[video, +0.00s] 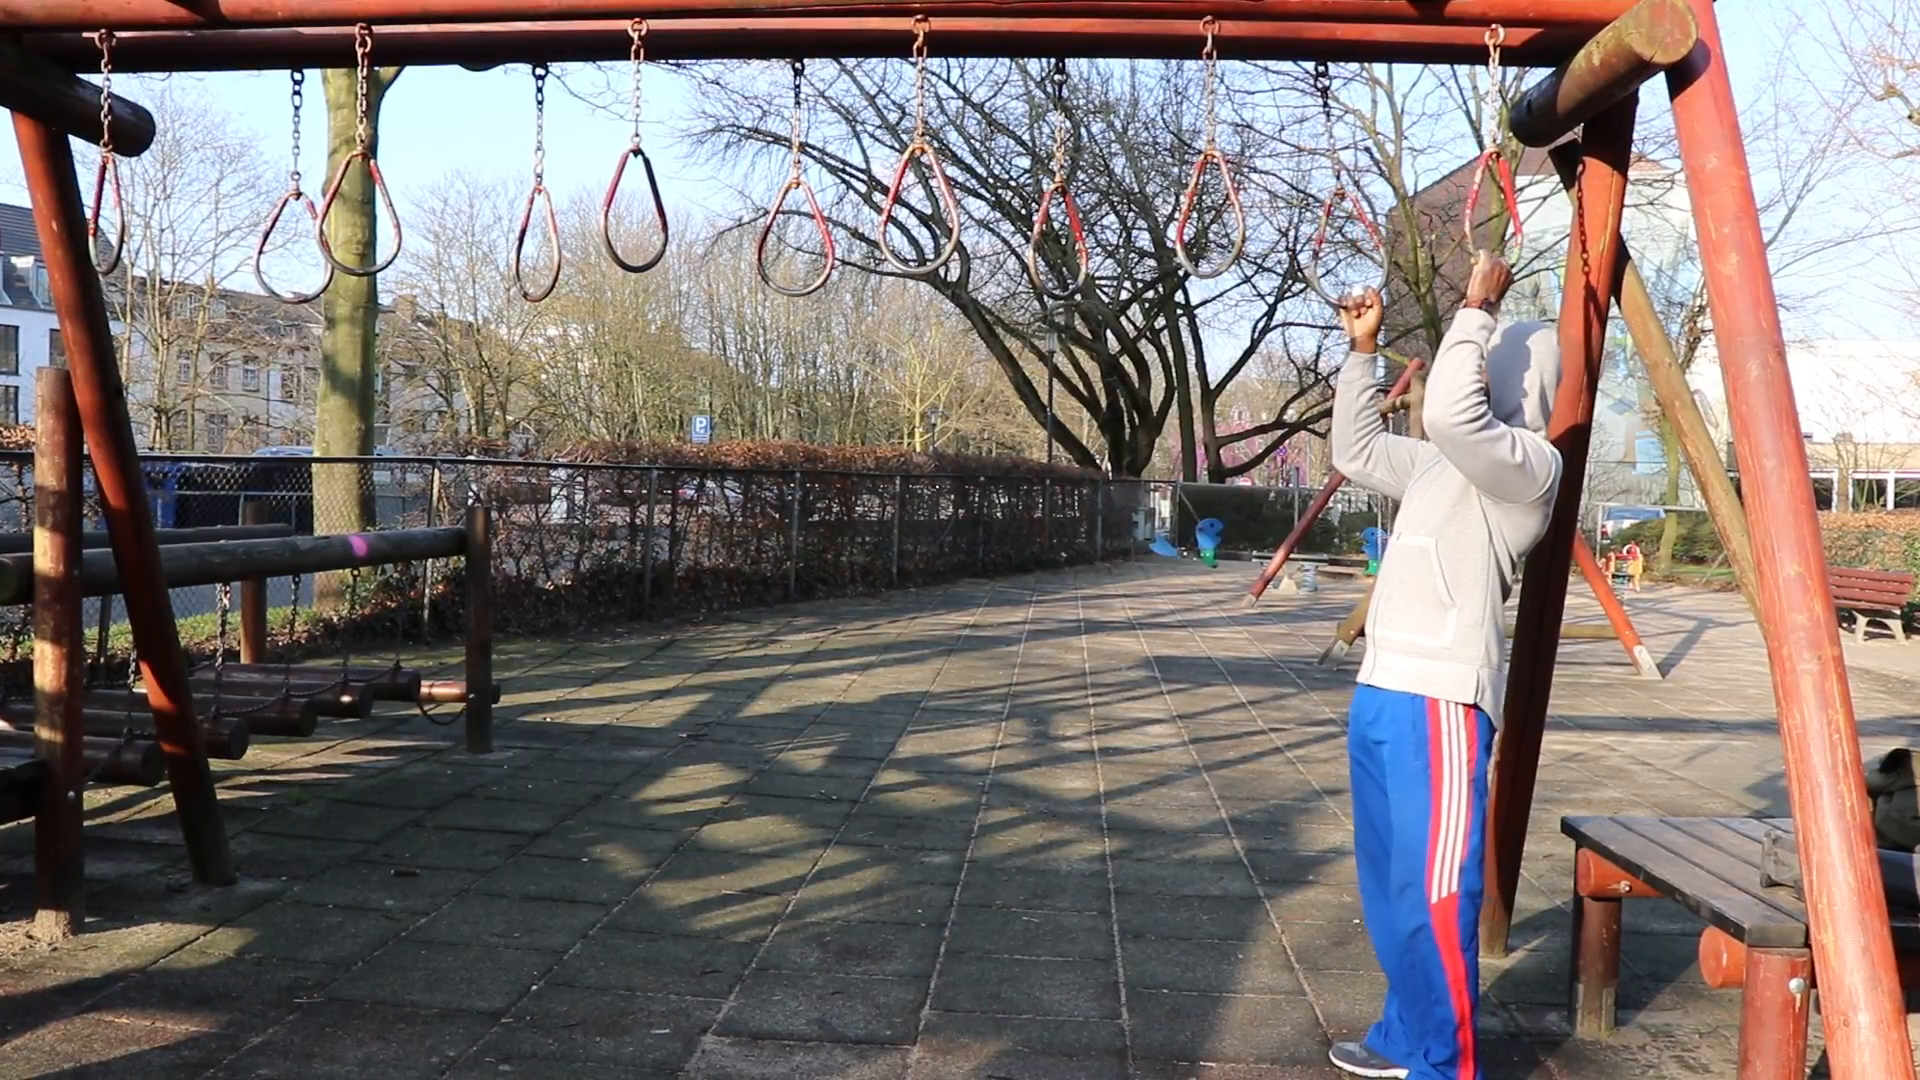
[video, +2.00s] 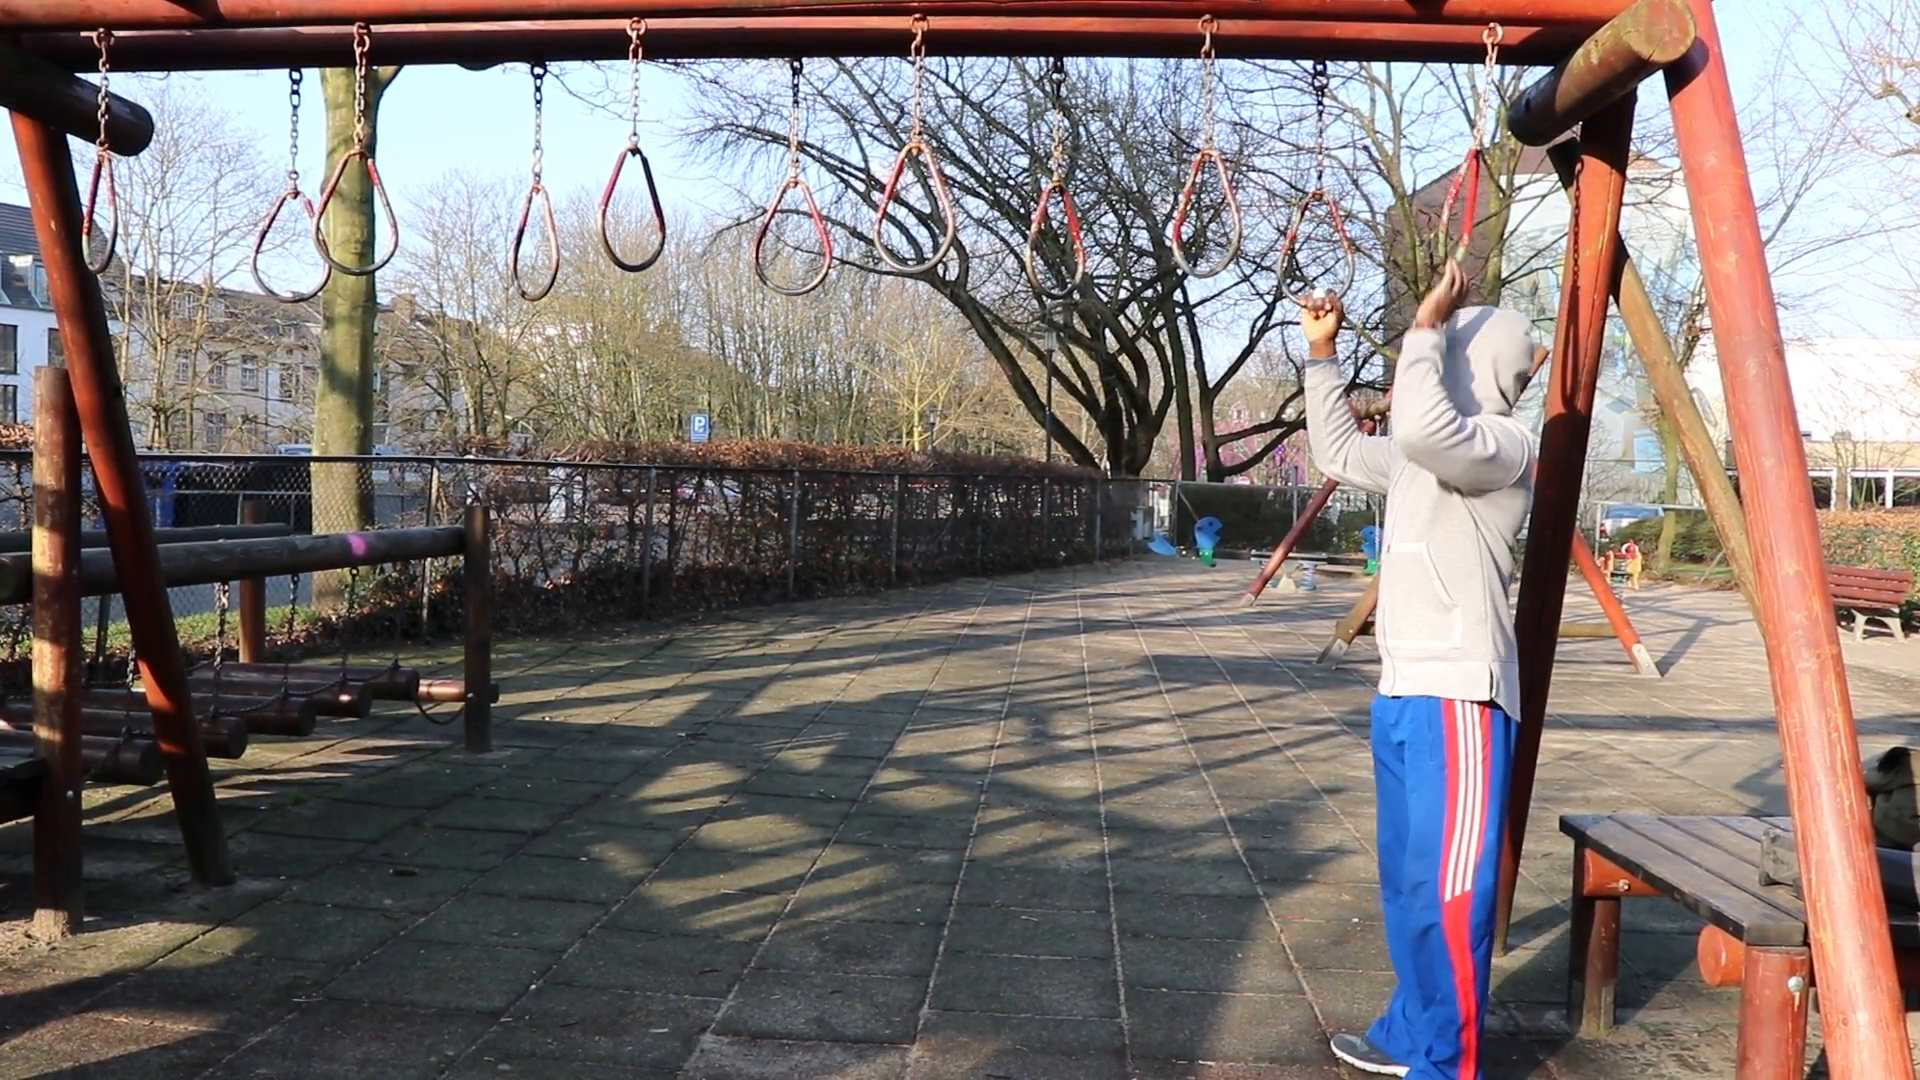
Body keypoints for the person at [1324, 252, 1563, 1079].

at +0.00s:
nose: (1463, 370)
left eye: (1489, 361)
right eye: (1469, 359)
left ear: (1515, 384)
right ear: (1505, 386)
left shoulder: (1531, 467)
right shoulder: (1438, 461)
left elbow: (1452, 413)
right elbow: (1356, 448)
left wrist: (1473, 313)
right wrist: (1362, 349)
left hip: (1441, 702)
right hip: (1383, 697)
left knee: (1434, 896)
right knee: (1390, 890)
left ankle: (1445, 1063)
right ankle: (1407, 1037)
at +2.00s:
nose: (1429, 363)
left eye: (1451, 350)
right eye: (1433, 351)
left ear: (1481, 364)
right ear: (1498, 365)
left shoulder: (1507, 445)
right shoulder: (1423, 450)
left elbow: (1428, 433)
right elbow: (1337, 454)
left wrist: (1425, 331)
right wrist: (1322, 355)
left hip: (1463, 695)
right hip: (1407, 693)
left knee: (1452, 884)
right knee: (1407, 877)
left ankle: (1449, 1056)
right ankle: (1409, 1032)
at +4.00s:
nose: (1487, 355)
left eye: (1509, 353)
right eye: (1490, 345)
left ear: (1525, 390)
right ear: (1473, 370)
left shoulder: (1511, 445)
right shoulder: (1417, 450)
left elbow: (1473, 364)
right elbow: (1334, 445)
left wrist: (1481, 284)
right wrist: (1331, 351)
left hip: (1451, 692)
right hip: (1391, 691)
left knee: (1446, 884)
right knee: (1401, 880)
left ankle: (1448, 1059)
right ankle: (1412, 1033)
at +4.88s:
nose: (1462, 356)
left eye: (1484, 348)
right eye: (1467, 345)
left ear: (1523, 378)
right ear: (1492, 372)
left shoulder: (1512, 439)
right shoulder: (1457, 429)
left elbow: (1396, 447)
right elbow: (1348, 453)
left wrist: (1410, 325)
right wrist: (1362, 343)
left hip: (1462, 688)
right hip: (1408, 683)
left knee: (1441, 886)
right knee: (1401, 877)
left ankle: (1448, 1059)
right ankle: (1412, 1034)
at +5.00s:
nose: (1453, 347)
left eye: (1475, 342)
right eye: (1458, 337)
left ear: (1513, 376)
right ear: (1462, 368)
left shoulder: (1498, 437)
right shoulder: (1447, 430)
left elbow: (1379, 430)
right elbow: (1341, 455)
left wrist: (1312, 327)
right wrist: (1362, 344)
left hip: (1460, 691)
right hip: (1410, 684)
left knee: (1441, 882)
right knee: (1399, 871)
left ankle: (1450, 1059)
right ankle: (1410, 1034)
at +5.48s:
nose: (1402, 359)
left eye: (1421, 349)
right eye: (1409, 347)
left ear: (1466, 376)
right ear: (1460, 376)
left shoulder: (1454, 436)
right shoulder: (1427, 432)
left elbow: (1317, 427)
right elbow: (1323, 442)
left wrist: (1294, 309)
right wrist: (1343, 343)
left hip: (1407, 674)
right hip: (1367, 666)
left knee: (1356, 868)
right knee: (1316, 836)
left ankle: (1411, 1053)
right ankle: (1386, 1010)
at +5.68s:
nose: (1360, 369)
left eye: (1380, 358)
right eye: (1370, 357)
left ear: (1420, 383)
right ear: (1419, 383)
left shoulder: (1400, 444)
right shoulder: (1395, 437)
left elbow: (1254, 436)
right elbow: (1291, 439)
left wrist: (1248, 318)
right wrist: (1322, 344)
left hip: (1340, 676)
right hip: (1314, 663)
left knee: (1236, 850)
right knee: (1217, 802)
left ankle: (1280, 1043)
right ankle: (1290, 992)